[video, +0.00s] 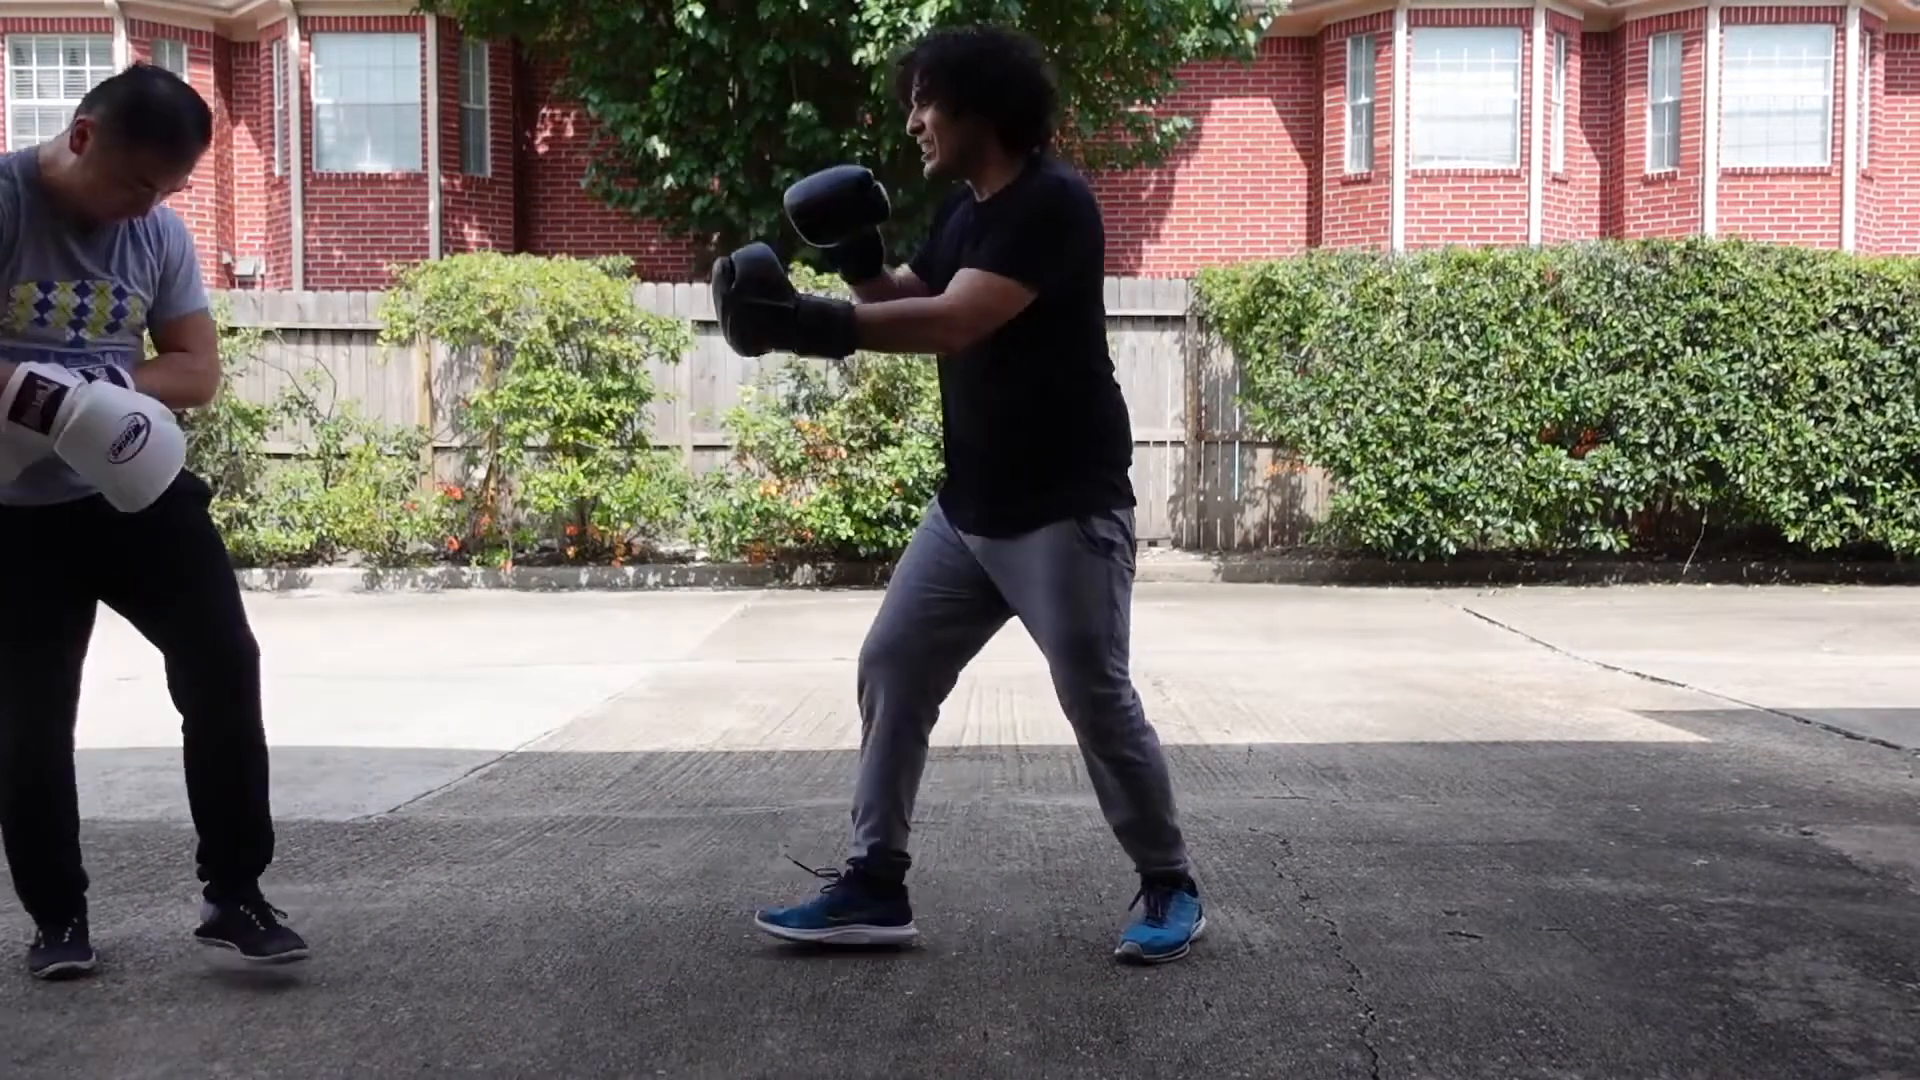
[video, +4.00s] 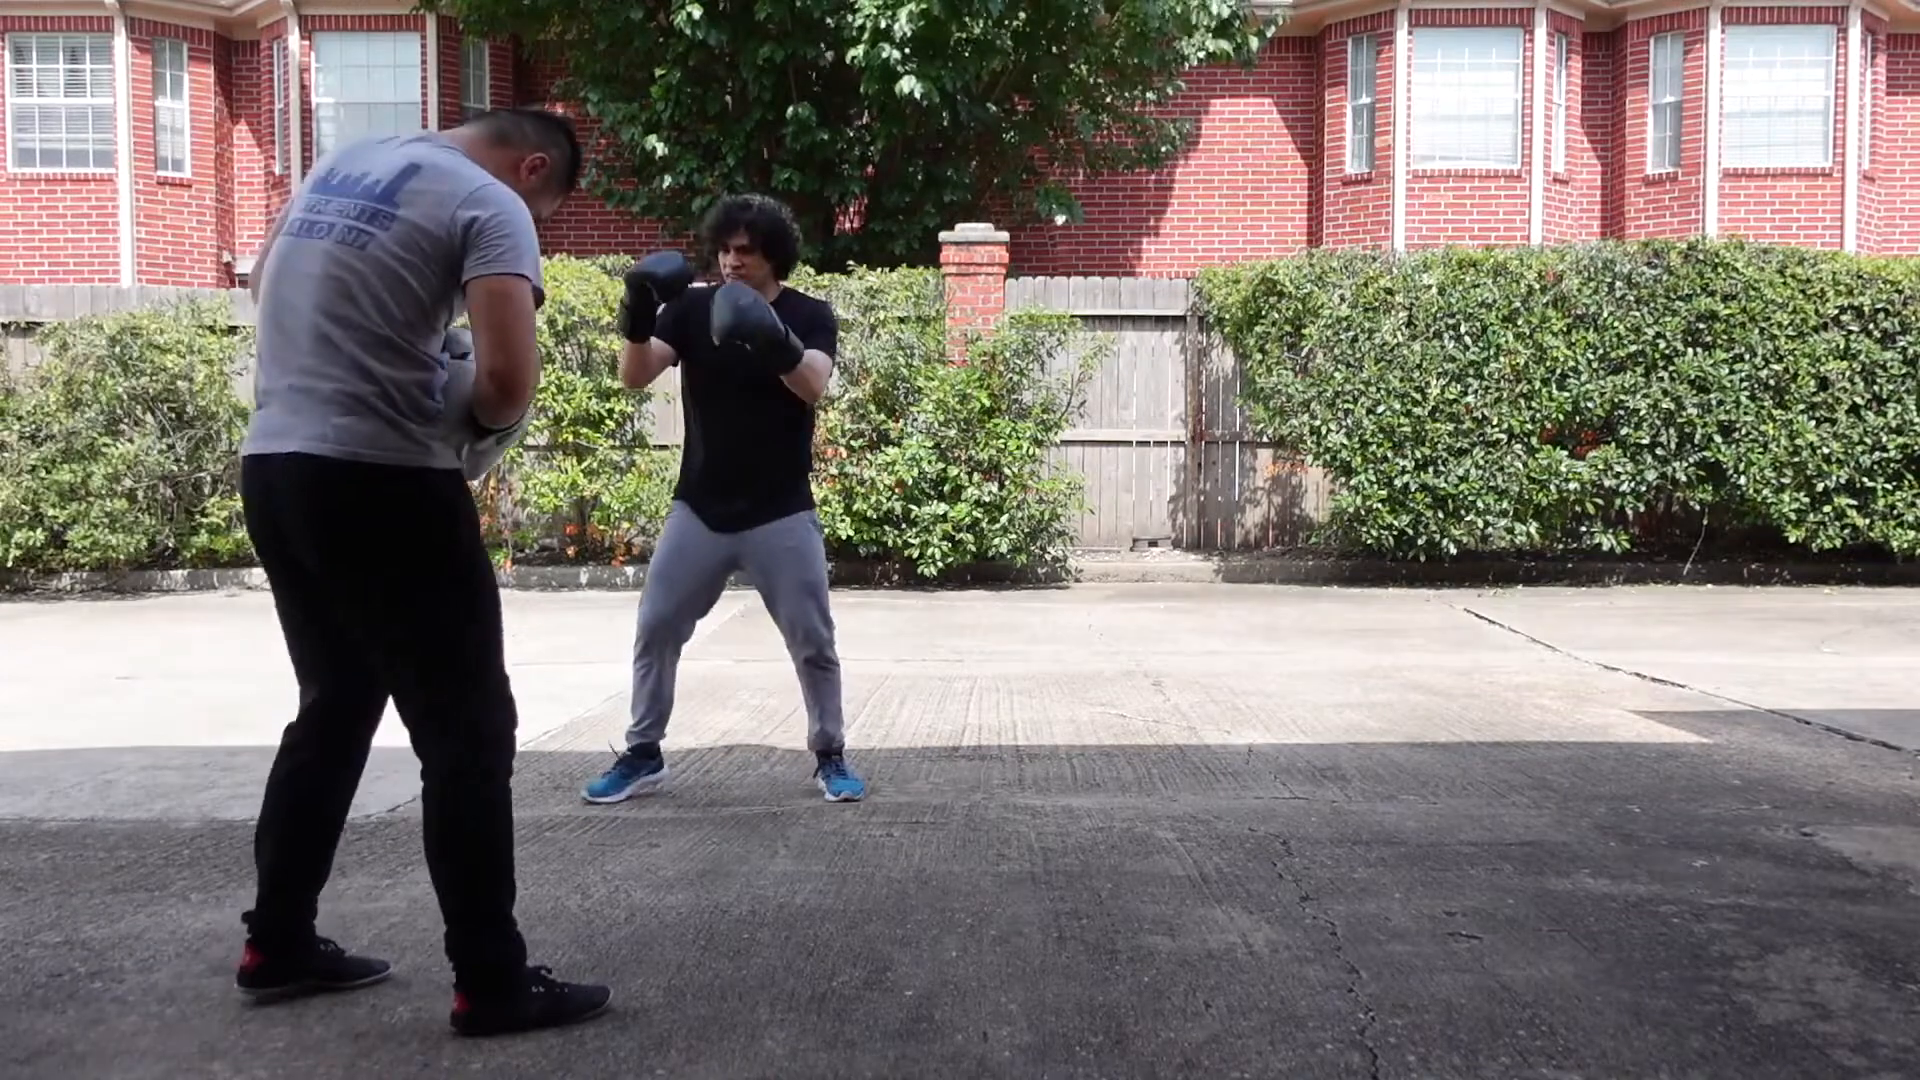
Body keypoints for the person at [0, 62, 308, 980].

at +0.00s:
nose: (148, 204)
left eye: (164, 189)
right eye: (137, 182)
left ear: (180, 174)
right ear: (82, 134)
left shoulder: (159, 234)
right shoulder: (9, 202)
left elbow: (200, 369)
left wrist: (126, 382)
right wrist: (16, 394)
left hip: (137, 497)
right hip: (21, 509)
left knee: (225, 665)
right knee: (30, 723)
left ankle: (234, 894)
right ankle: (58, 918)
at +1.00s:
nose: (207, 342)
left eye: (223, 331)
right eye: (214, 323)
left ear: (177, 277)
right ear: (175, 275)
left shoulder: (165, 361)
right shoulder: (20, 260)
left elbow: (150, 492)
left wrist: (136, 607)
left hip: (65, 492)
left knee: (183, 520)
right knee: (3, 719)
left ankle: (140, 667)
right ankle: (41, 915)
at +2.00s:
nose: (158, 302)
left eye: (174, 295)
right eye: (152, 286)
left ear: (205, 272)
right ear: (126, 224)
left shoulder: (218, 272)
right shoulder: (20, 249)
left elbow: (241, 352)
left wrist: (247, 445)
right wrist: (5, 439)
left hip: (150, 518)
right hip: (25, 526)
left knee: (178, 715)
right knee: (25, 729)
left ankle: (169, 921)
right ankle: (45, 916)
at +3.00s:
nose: (320, 212)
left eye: (332, 194)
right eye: (319, 188)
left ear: (268, 149)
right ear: (259, 142)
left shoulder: (243, 211)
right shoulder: (110, 196)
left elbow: (252, 309)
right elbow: (8, 339)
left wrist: (224, 400)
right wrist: (107, 429)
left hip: (127, 477)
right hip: (28, 476)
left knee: (170, 704)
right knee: (54, 735)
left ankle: (143, 926)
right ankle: (39, 1008)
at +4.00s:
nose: (539, 217)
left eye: (549, 207)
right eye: (548, 204)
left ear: (485, 136)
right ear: (530, 164)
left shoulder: (349, 160)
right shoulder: (493, 201)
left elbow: (271, 283)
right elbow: (506, 380)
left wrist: (393, 364)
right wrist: (485, 421)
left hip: (278, 477)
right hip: (392, 491)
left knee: (336, 705)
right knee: (470, 732)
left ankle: (278, 943)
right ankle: (493, 983)